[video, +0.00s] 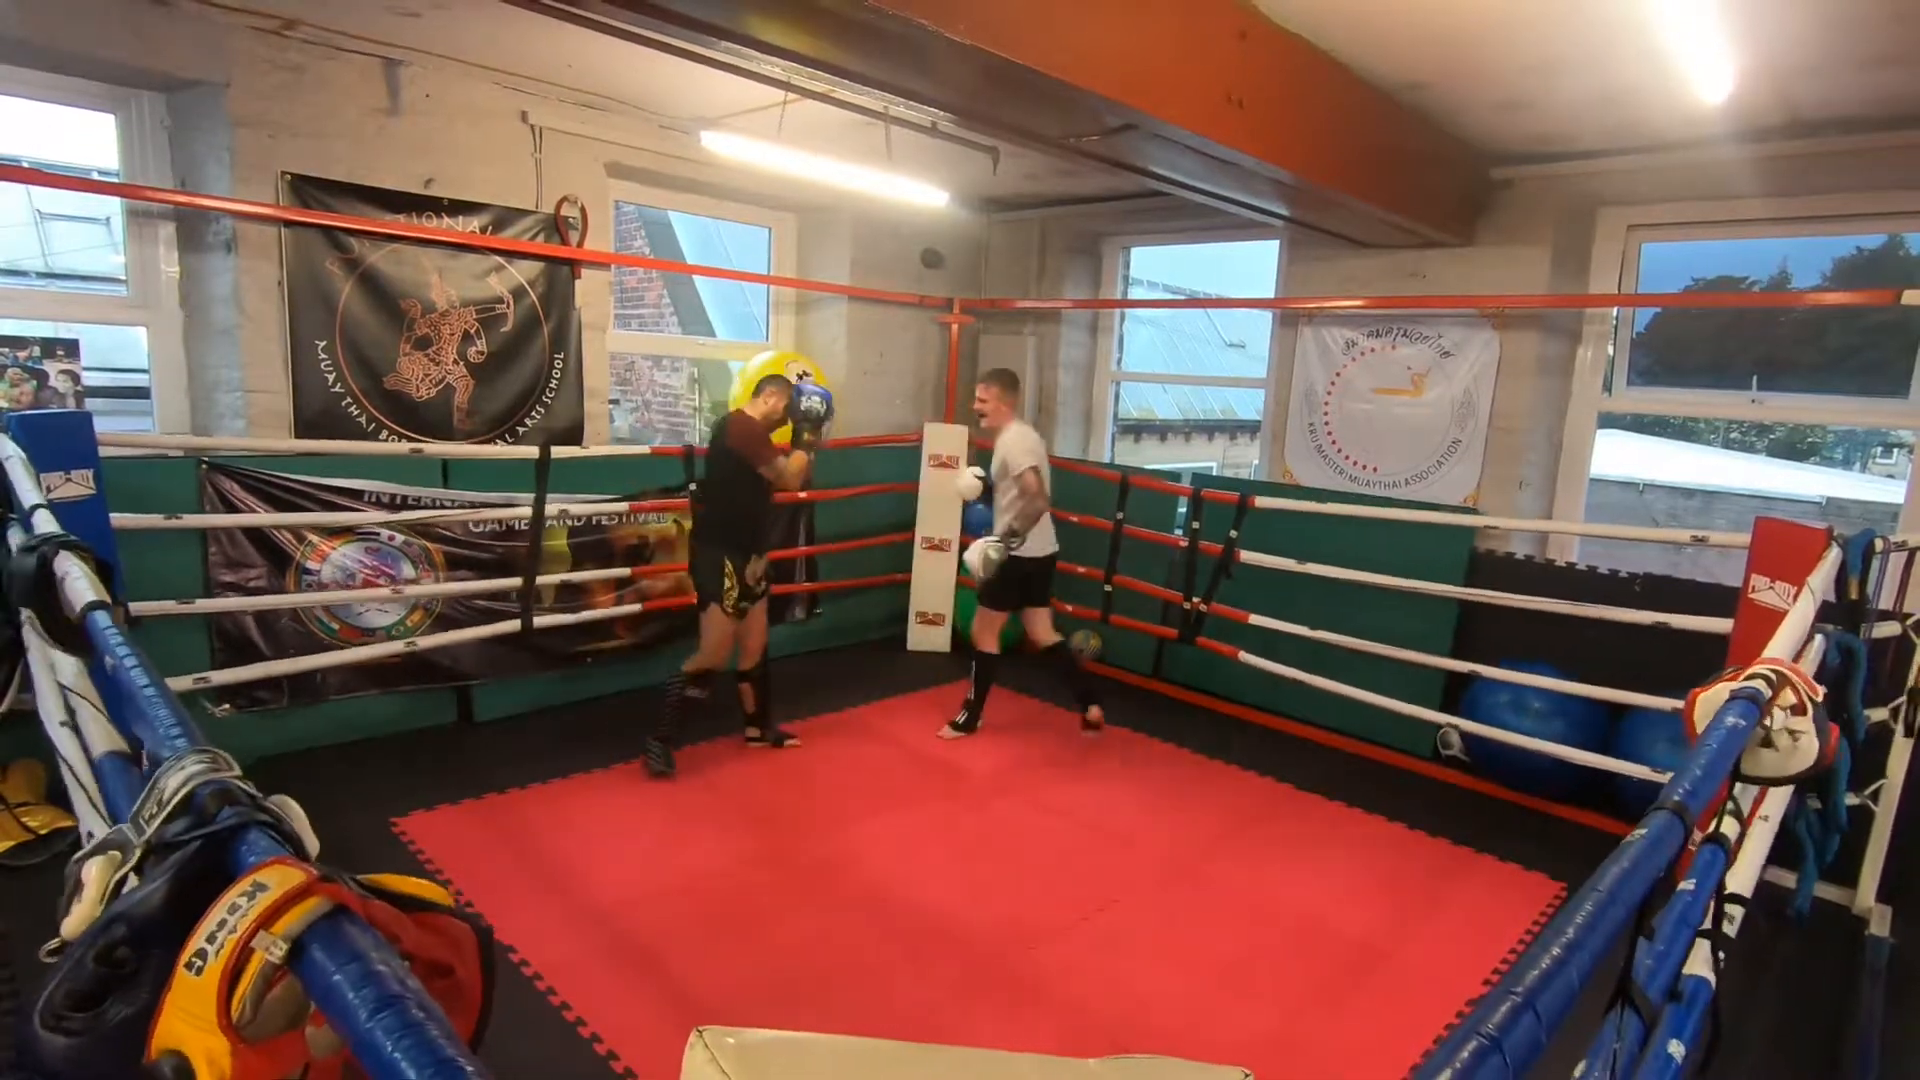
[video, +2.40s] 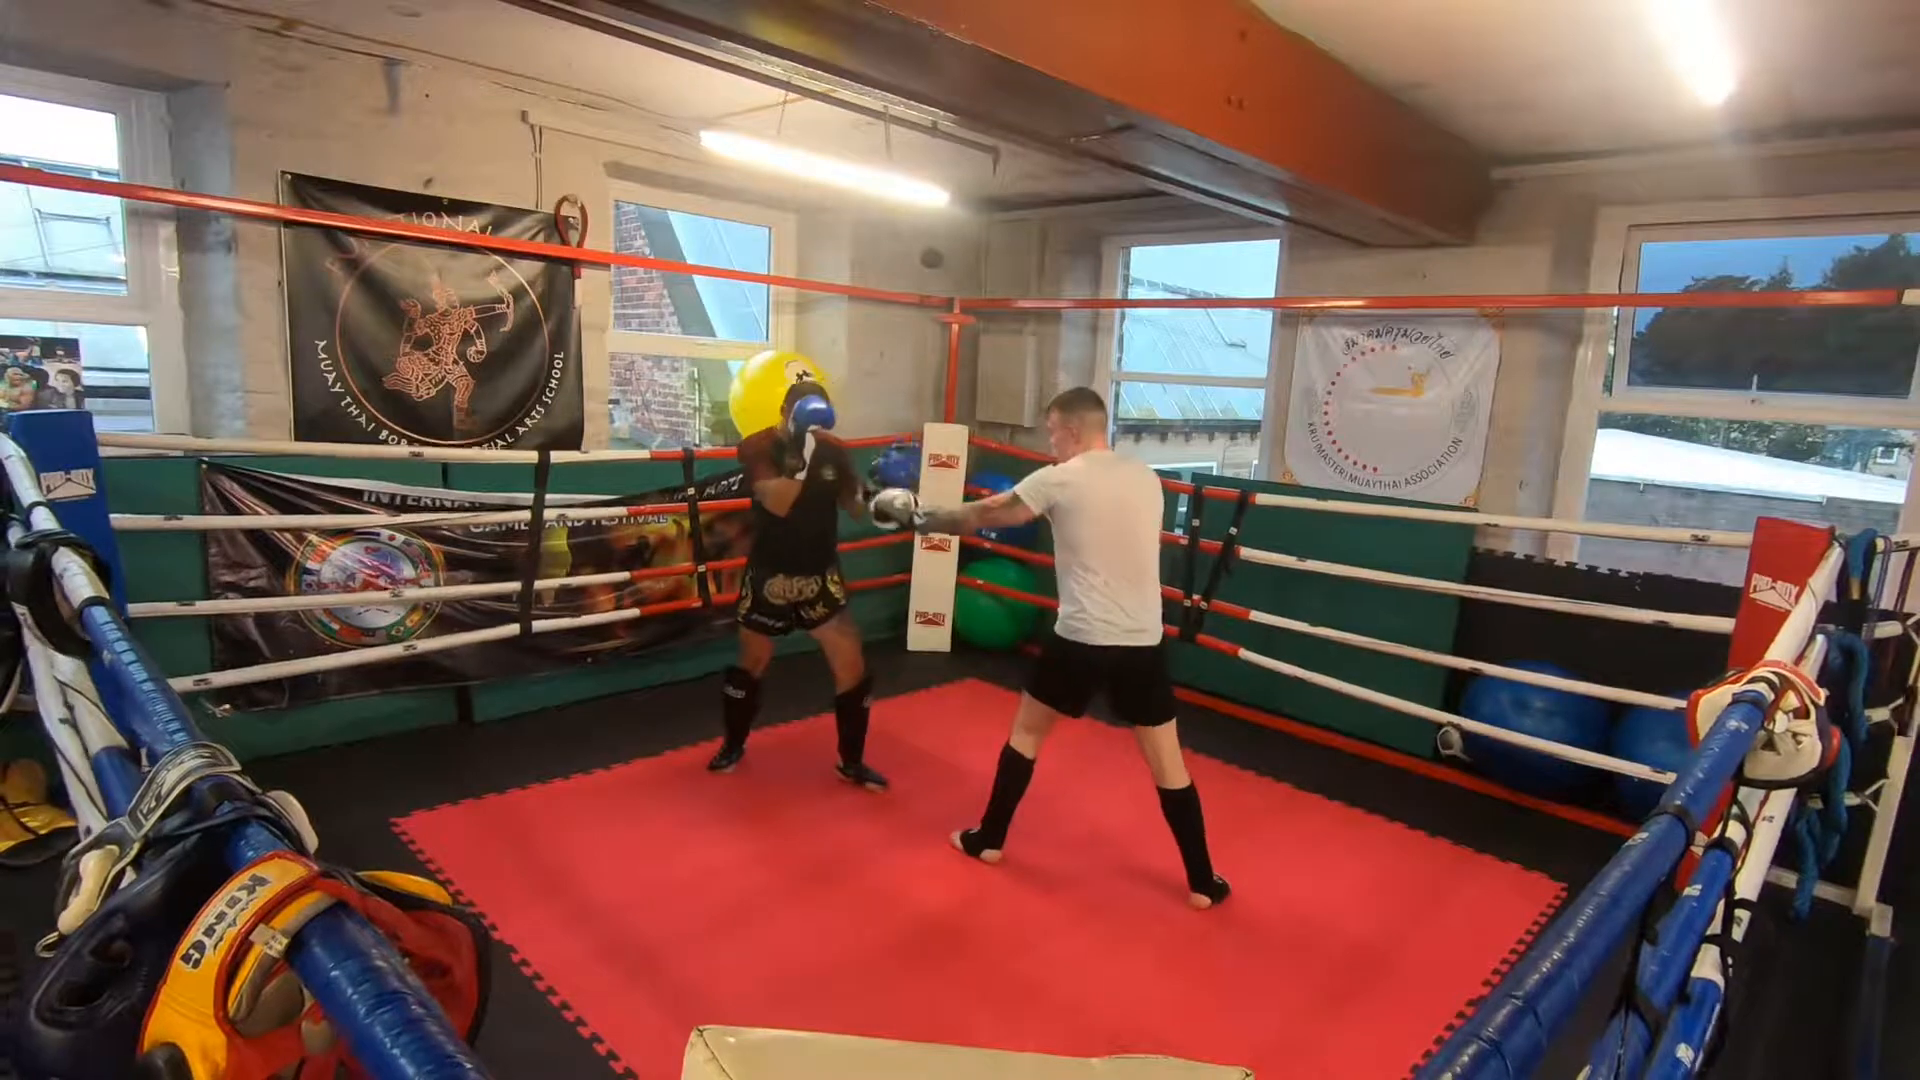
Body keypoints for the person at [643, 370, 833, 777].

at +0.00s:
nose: (783, 408)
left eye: (787, 403)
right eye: (780, 399)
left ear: (780, 407)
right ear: (763, 394)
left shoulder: (760, 435)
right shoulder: (740, 427)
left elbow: (790, 478)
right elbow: (789, 477)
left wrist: (807, 439)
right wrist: (808, 437)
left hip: (750, 552)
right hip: (720, 551)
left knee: (754, 645)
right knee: (715, 652)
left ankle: (758, 727)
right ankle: (661, 740)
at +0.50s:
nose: (789, 417)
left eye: (792, 410)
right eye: (785, 408)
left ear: (778, 407)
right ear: (761, 401)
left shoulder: (777, 439)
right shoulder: (727, 443)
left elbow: (794, 477)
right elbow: (768, 502)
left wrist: (825, 464)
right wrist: (796, 460)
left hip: (784, 559)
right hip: (742, 565)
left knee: (818, 638)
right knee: (735, 654)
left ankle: (786, 710)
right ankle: (715, 742)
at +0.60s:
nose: (796, 419)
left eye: (800, 412)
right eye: (792, 410)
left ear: (792, 408)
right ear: (767, 401)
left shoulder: (783, 441)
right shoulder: (735, 443)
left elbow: (800, 478)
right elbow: (772, 504)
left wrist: (833, 463)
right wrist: (804, 463)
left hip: (790, 560)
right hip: (746, 565)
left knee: (821, 642)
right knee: (732, 653)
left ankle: (820, 730)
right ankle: (714, 744)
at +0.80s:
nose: (827, 426)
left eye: (831, 419)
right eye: (824, 417)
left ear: (819, 415)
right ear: (799, 407)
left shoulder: (813, 450)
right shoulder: (761, 448)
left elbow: (834, 499)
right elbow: (794, 507)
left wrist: (860, 485)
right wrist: (829, 464)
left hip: (813, 567)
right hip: (768, 571)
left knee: (836, 656)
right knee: (747, 660)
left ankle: (846, 751)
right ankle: (716, 743)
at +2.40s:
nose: (812, 409)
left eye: (816, 399)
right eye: (800, 400)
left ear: (824, 404)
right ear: (779, 408)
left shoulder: (832, 450)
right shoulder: (758, 448)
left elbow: (853, 501)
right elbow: (778, 502)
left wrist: (881, 502)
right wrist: (806, 459)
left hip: (820, 578)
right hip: (767, 579)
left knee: (851, 667)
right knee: (751, 663)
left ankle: (851, 762)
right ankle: (732, 744)